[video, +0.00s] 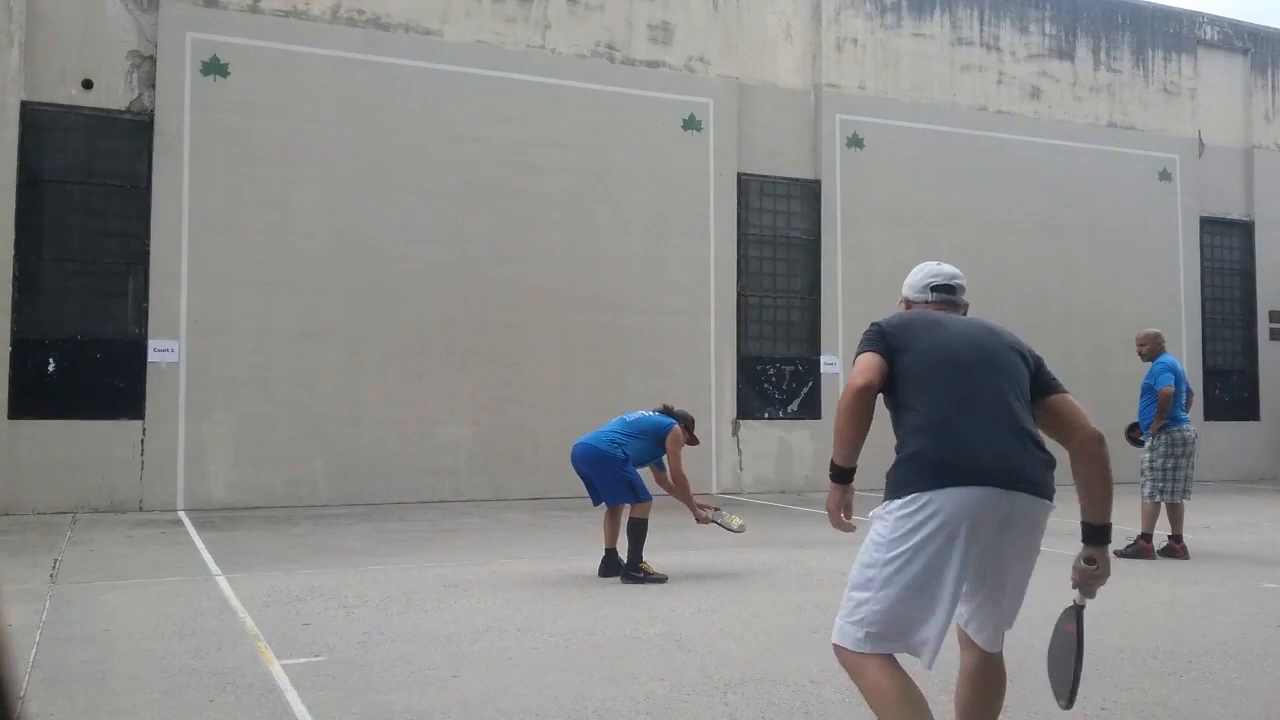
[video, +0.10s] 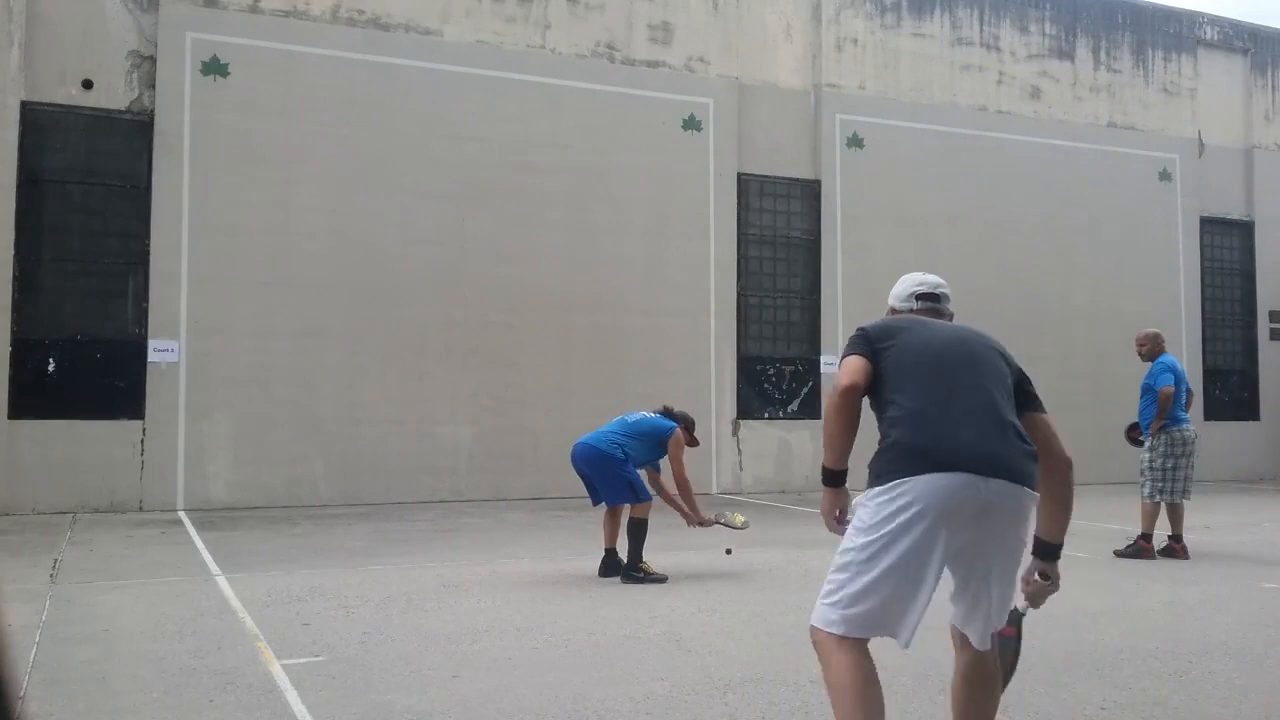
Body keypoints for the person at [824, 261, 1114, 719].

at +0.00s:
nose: (900, 310)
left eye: (901, 306)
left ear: (906, 305)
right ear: (965, 307)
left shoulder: (892, 328)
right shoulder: (1010, 344)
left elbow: (862, 385)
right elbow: (1087, 437)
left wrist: (841, 478)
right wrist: (1096, 544)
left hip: (936, 484)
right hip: (1026, 490)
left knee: (859, 642)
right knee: (982, 639)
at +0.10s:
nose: (885, 321)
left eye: (886, 316)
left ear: (892, 313)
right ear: (951, 316)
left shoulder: (878, 332)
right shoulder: (996, 350)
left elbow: (849, 384)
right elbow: (1056, 460)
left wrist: (834, 481)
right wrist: (1047, 554)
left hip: (917, 479)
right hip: (1010, 487)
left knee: (837, 630)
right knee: (976, 635)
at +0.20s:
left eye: (870, 324)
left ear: (876, 319)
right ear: (933, 320)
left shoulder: (860, 337)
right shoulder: (975, 353)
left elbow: (834, 384)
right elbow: (1029, 474)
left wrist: (823, 484)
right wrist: (997, 550)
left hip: (902, 471)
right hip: (994, 482)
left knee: (818, 632)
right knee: (971, 640)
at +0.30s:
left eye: (851, 328)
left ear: (853, 326)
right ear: (910, 328)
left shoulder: (839, 343)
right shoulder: (951, 358)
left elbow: (814, 394)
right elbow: (1000, 485)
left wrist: (804, 493)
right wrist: (943, 559)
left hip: (885, 471)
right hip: (976, 482)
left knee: (798, 643)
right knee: (961, 640)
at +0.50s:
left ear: (800, 334)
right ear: (856, 335)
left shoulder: (778, 354)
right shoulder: (893, 367)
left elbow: (749, 411)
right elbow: (947, 488)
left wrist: (743, 511)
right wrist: (896, 565)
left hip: (815, 490)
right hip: (913, 494)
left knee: (740, 642)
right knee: (929, 641)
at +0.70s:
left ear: (762, 327)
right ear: (817, 327)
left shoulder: (736, 349)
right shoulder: (855, 358)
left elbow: (695, 406)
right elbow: (901, 467)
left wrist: (677, 504)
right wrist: (878, 536)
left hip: (763, 480)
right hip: (861, 483)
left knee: (718, 640)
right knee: (878, 636)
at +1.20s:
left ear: (762, 329)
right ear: (820, 333)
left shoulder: (732, 348)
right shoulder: (852, 367)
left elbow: (691, 404)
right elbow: (879, 479)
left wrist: (698, 487)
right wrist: (824, 534)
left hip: (734, 469)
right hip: (832, 481)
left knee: (661, 623)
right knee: (844, 643)